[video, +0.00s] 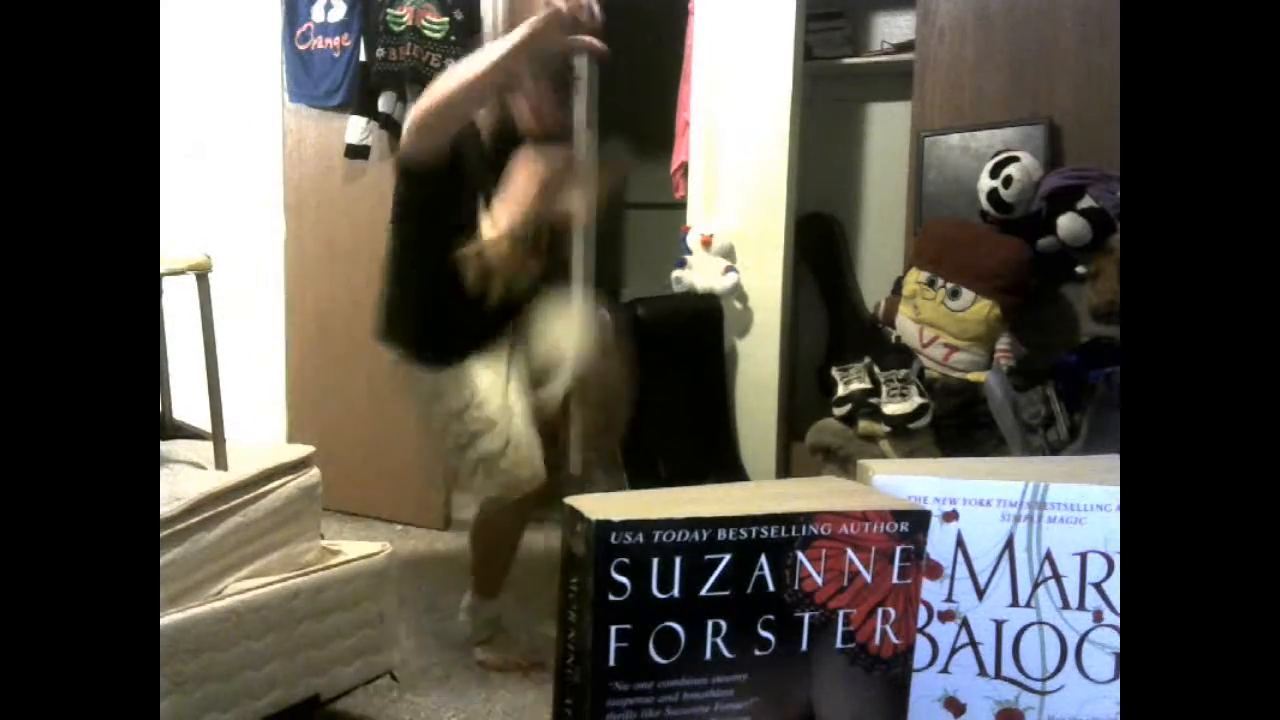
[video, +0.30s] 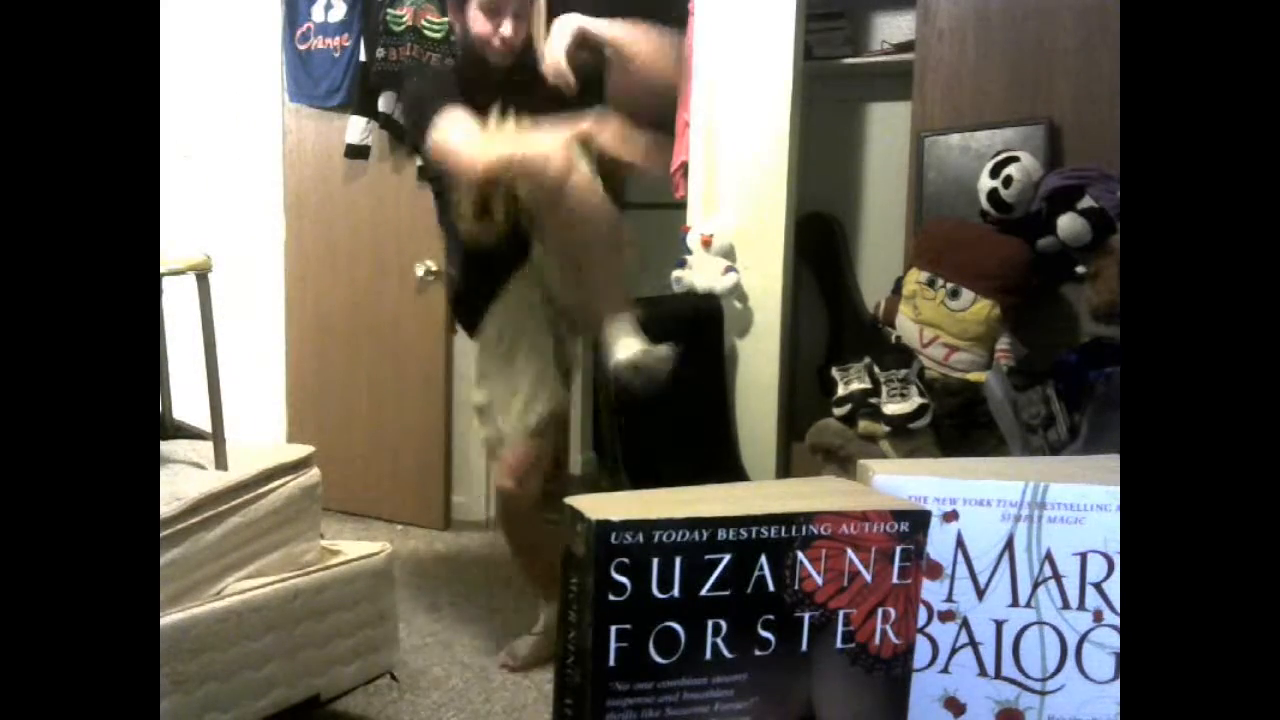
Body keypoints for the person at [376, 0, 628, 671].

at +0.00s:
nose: (560, 99)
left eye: (566, 85)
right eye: (549, 82)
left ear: (568, 88)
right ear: (511, 76)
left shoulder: (530, 144)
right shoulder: (439, 146)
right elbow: (425, 120)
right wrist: (525, 35)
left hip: (522, 309)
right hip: (448, 339)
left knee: (590, 345)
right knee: (517, 480)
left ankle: (587, 474)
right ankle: (482, 619)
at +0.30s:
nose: (503, 28)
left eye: (515, 13)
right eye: (488, 13)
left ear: (537, 11)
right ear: (463, 12)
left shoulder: (568, 68)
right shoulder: (435, 82)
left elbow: (676, 73)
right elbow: (475, 158)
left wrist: (596, 32)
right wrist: (586, 132)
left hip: (585, 261)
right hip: (503, 283)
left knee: (552, 159)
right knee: (518, 477)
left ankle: (619, 328)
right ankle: (556, 606)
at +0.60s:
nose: (510, 54)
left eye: (524, 38)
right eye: (495, 39)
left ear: (544, 40)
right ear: (470, 42)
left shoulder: (573, 112)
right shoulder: (460, 134)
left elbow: (639, 181)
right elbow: (444, 227)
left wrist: (597, 222)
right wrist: (419, 236)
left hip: (611, 293)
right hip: (520, 315)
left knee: (581, 289)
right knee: (492, 496)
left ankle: (588, 475)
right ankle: (559, 607)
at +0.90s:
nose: (539, 41)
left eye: (558, 26)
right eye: (527, 22)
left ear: (591, 24)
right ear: (506, 21)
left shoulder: (637, 71)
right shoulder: (492, 102)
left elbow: (685, 9)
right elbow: (439, 116)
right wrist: (414, 97)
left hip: (646, 295)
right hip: (547, 327)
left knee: (619, 422)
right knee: (517, 507)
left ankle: (706, 576)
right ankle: (565, 613)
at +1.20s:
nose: (625, 247)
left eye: (644, 229)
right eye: (611, 225)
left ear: (676, 211)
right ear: (587, 201)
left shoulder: (718, 254)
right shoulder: (551, 256)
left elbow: (722, 428)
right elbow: (536, 401)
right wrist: (567, 421)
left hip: (695, 438)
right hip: (599, 448)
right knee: (547, 551)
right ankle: (539, 632)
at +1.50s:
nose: (653, 254)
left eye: (675, 238)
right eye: (639, 230)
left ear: (707, 213)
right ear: (613, 196)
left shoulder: (749, 237)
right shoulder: (562, 239)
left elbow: (793, 387)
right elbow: (533, 391)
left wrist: (724, 370)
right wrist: (575, 423)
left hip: (712, 409)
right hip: (602, 408)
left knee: (738, 512)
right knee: (559, 528)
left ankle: (738, 635)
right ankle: (544, 621)